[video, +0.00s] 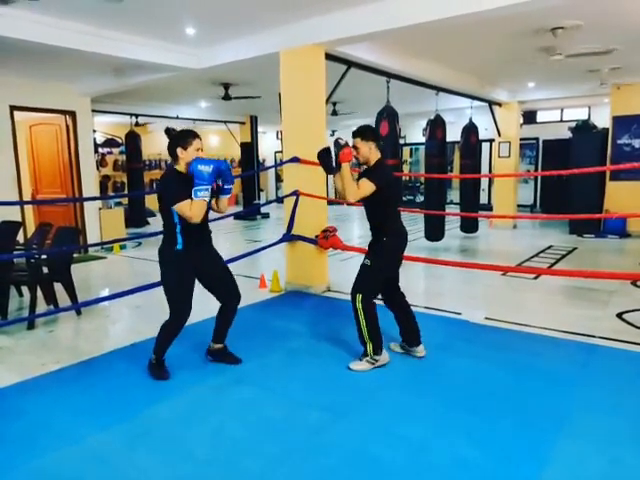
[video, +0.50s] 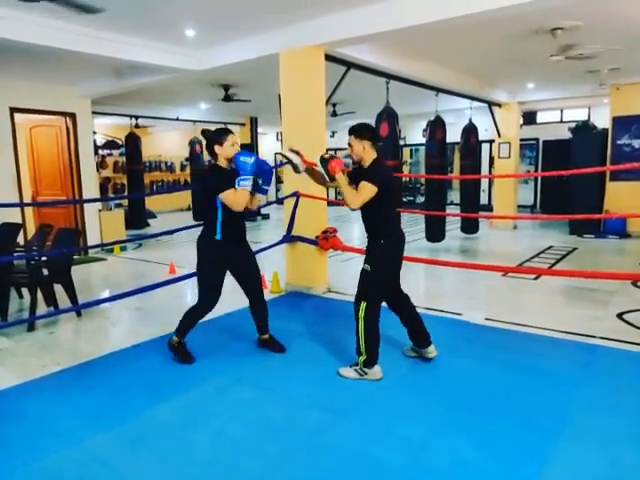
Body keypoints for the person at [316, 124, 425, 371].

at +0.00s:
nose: (355, 152)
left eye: (357, 147)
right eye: (354, 148)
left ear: (372, 146)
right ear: (369, 148)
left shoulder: (380, 171)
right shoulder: (372, 170)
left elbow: (353, 196)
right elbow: (344, 194)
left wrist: (345, 163)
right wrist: (336, 170)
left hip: (387, 240)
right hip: (390, 238)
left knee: (360, 294)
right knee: (391, 292)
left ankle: (375, 354)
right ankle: (413, 343)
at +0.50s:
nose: (349, 150)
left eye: (351, 145)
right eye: (349, 145)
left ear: (365, 144)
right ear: (364, 145)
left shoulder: (378, 171)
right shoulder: (363, 170)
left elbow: (354, 201)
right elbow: (329, 182)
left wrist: (338, 175)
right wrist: (305, 167)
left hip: (384, 243)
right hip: (385, 241)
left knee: (365, 303)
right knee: (393, 296)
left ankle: (367, 365)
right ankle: (424, 345)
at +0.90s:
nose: (364, 149)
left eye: (366, 144)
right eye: (364, 145)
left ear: (379, 145)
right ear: (385, 145)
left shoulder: (378, 172)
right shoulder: (397, 168)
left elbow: (343, 194)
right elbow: (374, 191)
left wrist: (340, 164)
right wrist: (357, 172)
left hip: (385, 247)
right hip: (404, 244)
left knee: (362, 305)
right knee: (409, 299)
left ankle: (368, 366)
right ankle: (431, 352)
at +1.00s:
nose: (364, 148)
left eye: (367, 143)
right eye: (365, 143)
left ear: (379, 144)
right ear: (385, 145)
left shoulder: (377, 172)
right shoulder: (398, 168)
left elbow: (340, 191)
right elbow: (377, 191)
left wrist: (335, 161)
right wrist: (358, 175)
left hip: (384, 247)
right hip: (405, 245)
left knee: (364, 305)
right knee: (410, 298)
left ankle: (368, 366)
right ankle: (431, 352)